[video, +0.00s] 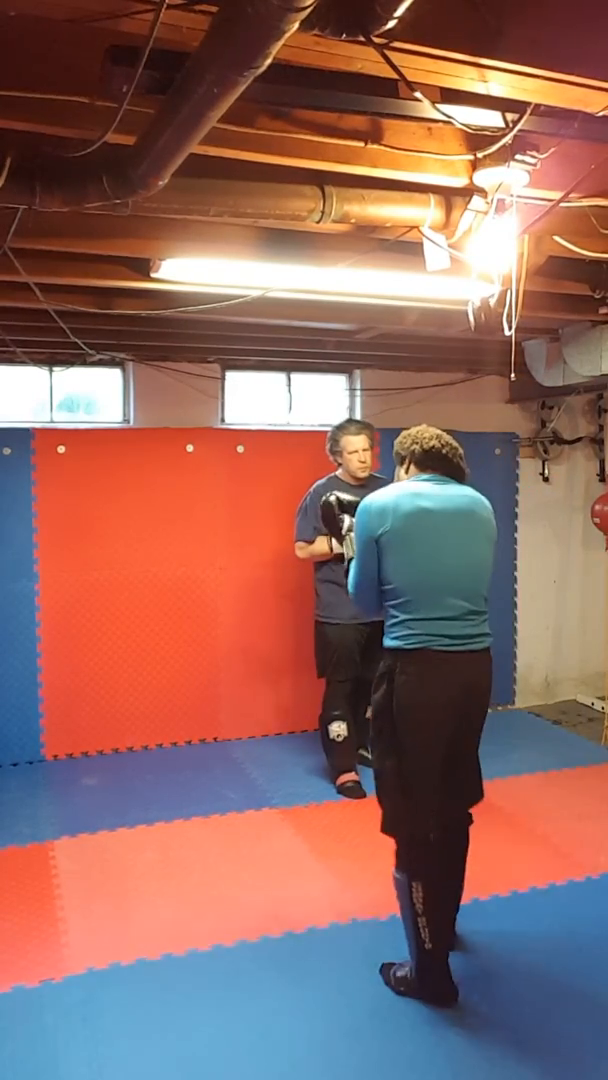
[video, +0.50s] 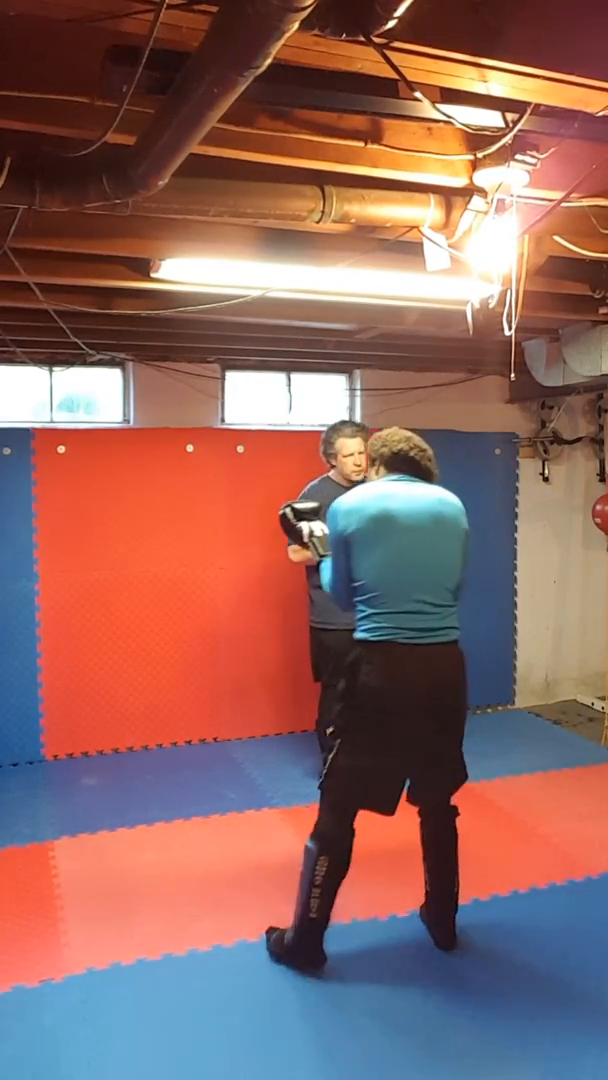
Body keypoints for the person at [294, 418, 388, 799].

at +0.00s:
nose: (364, 458)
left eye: (367, 451)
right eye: (355, 453)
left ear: (374, 450)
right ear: (336, 456)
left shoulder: (387, 489)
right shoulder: (321, 494)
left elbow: (402, 537)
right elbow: (303, 548)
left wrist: (374, 541)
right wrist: (348, 543)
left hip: (382, 611)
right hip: (339, 614)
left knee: (370, 684)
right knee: (341, 687)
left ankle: (360, 746)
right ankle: (344, 768)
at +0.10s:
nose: (363, 457)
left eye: (366, 450)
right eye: (354, 452)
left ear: (372, 450)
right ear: (335, 455)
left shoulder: (385, 489)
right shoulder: (319, 495)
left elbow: (401, 537)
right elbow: (302, 548)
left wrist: (372, 539)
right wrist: (345, 543)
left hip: (381, 610)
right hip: (337, 614)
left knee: (377, 687)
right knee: (340, 687)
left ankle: (374, 759)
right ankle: (344, 767)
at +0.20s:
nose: (362, 457)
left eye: (365, 449)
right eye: (353, 451)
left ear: (371, 450)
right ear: (334, 455)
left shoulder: (384, 490)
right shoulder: (317, 494)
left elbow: (400, 539)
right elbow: (300, 549)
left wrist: (370, 540)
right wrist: (342, 541)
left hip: (379, 609)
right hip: (336, 612)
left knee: (378, 685)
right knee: (338, 686)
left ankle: (376, 756)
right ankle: (341, 765)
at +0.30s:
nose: (361, 458)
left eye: (364, 451)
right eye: (353, 452)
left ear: (369, 451)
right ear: (333, 455)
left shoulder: (381, 489)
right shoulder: (315, 495)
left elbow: (397, 540)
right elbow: (298, 550)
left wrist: (365, 539)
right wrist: (345, 541)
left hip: (378, 609)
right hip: (335, 614)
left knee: (378, 685)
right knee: (337, 685)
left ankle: (378, 755)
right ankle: (337, 759)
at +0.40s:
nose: (360, 460)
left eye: (363, 453)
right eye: (351, 454)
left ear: (367, 452)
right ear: (332, 457)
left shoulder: (377, 490)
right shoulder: (315, 495)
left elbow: (393, 542)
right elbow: (296, 552)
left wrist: (366, 543)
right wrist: (341, 548)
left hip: (376, 614)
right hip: (334, 617)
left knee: (373, 689)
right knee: (337, 689)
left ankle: (371, 760)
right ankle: (336, 762)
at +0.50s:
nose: (359, 462)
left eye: (362, 454)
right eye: (350, 456)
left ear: (368, 453)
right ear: (331, 458)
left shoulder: (374, 489)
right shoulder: (316, 494)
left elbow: (387, 543)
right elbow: (296, 552)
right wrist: (340, 546)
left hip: (373, 619)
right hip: (333, 621)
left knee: (368, 698)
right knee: (336, 697)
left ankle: (367, 771)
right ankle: (334, 771)